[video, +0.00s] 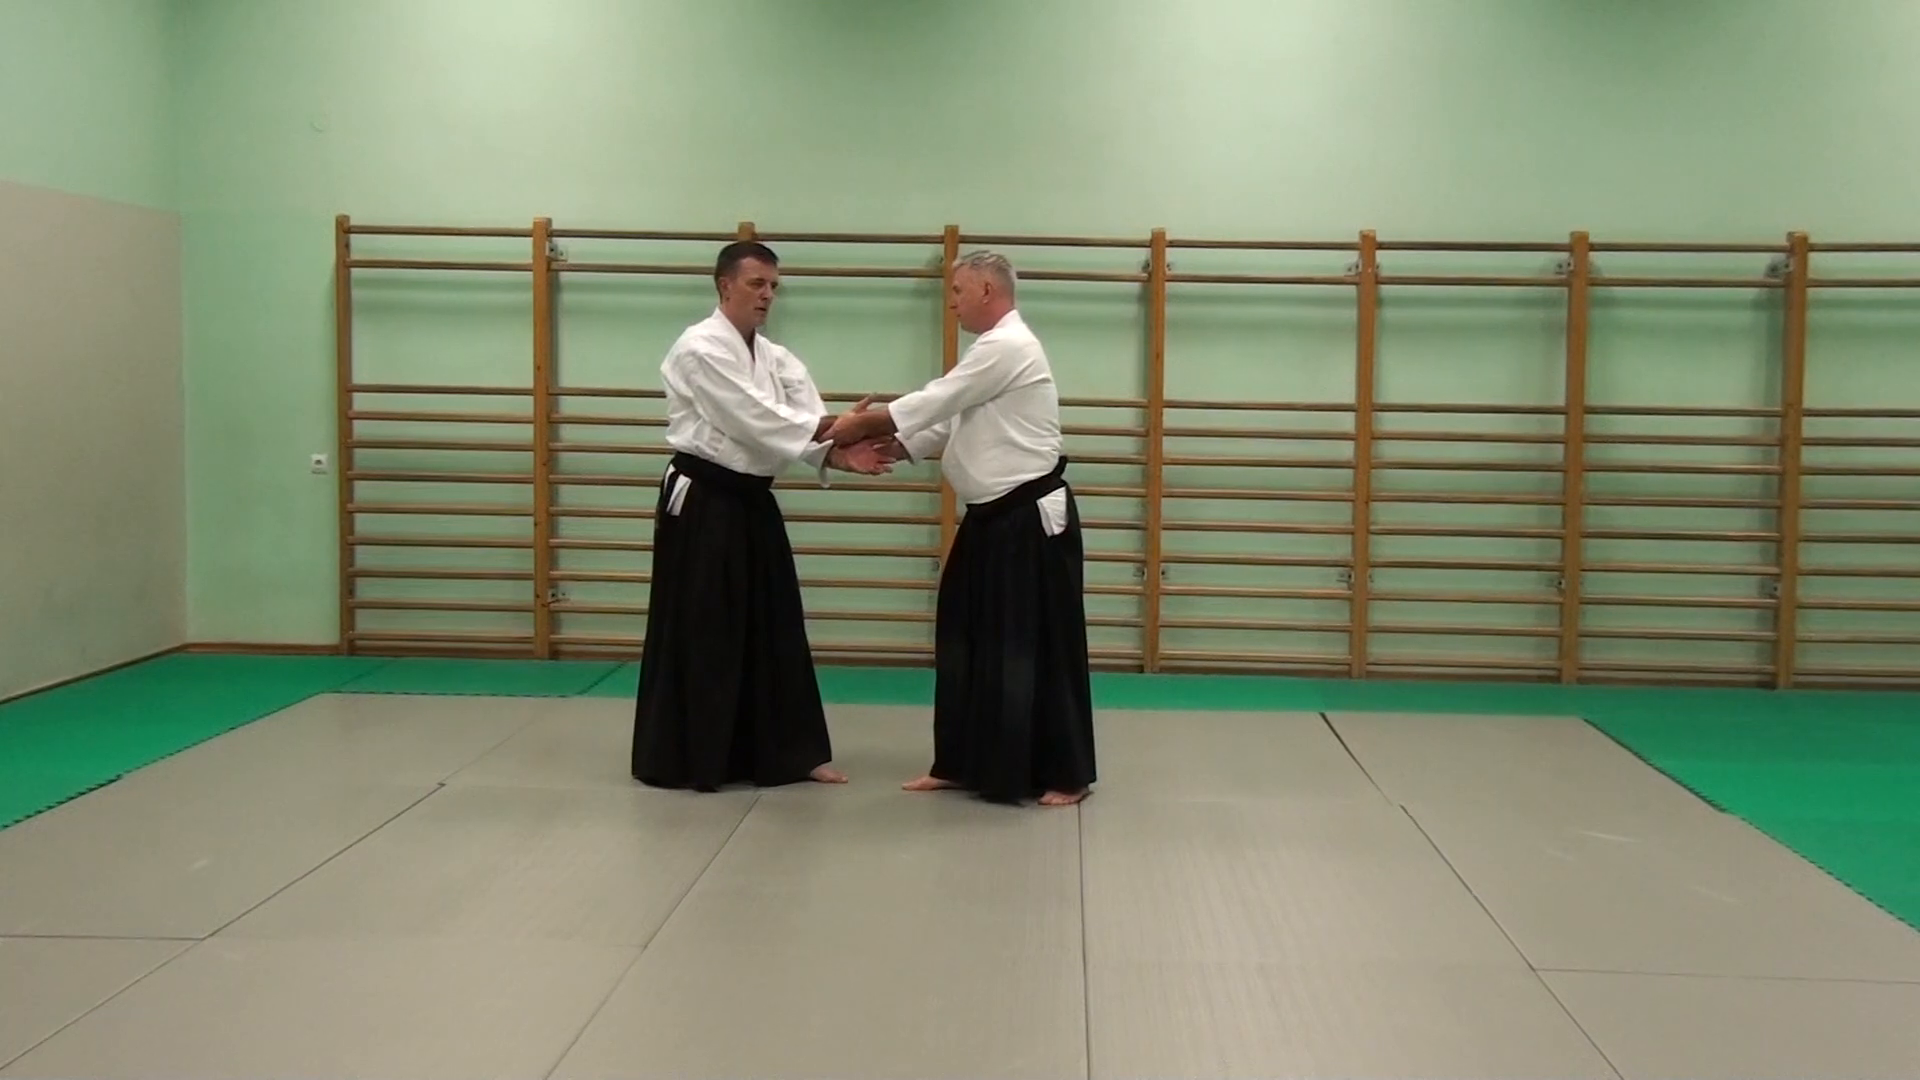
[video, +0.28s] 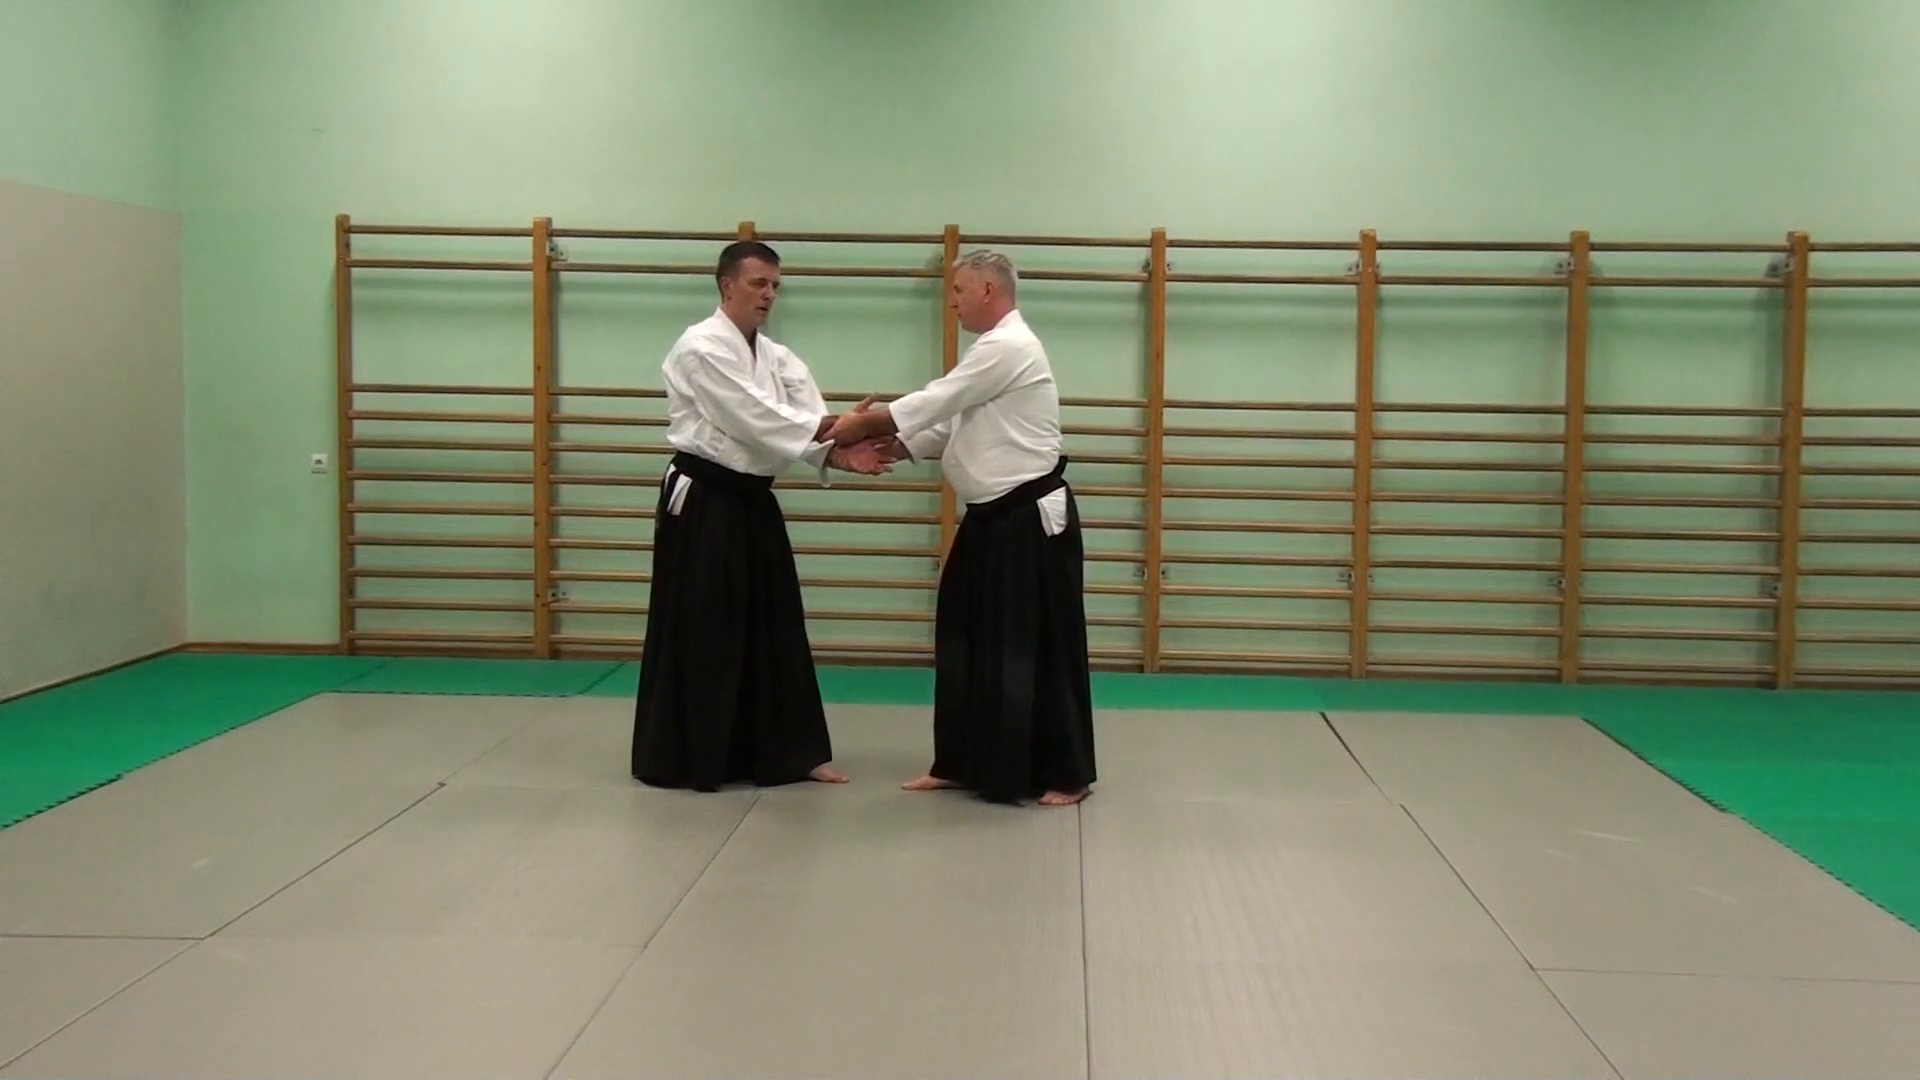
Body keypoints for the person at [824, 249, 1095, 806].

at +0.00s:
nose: (953, 304)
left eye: (958, 292)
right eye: (952, 294)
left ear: (988, 289)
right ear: (987, 290)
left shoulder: (1009, 346)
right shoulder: (990, 351)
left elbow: (934, 402)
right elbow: (949, 432)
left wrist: (859, 419)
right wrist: (889, 446)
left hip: (1032, 514)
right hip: (986, 516)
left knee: (1044, 645)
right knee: (961, 639)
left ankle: (1066, 775)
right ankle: (959, 765)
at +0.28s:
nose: (953, 303)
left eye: (959, 291)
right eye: (952, 293)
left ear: (990, 290)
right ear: (989, 291)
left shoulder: (1010, 346)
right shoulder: (990, 351)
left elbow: (936, 401)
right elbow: (950, 433)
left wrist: (861, 418)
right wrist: (890, 446)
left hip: (1032, 515)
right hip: (986, 516)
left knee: (1044, 645)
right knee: (961, 638)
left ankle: (1066, 775)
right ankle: (960, 765)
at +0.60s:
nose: (953, 303)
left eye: (958, 291)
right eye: (952, 293)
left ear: (990, 290)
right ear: (989, 291)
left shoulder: (1010, 346)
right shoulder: (990, 351)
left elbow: (938, 400)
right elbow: (950, 432)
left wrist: (864, 417)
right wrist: (889, 446)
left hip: (1031, 514)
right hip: (985, 516)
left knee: (1043, 644)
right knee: (960, 637)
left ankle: (1065, 775)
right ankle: (958, 764)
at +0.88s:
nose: (950, 301)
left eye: (956, 289)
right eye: (950, 292)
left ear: (987, 289)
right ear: (984, 291)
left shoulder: (1001, 330)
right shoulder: (972, 356)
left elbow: (938, 343)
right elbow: (934, 427)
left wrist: (869, 364)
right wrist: (870, 468)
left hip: (1028, 518)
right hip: (982, 521)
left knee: (1042, 645)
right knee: (956, 635)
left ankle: (1061, 774)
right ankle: (960, 762)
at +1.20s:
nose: (1000, 299)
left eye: (1008, 296)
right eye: (1003, 294)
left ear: (1017, 312)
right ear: (1004, 315)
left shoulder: (995, 332)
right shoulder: (993, 358)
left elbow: (944, 255)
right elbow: (948, 461)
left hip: (991, 492)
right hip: (1002, 496)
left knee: (961, 630)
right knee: (993, 629)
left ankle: (990, 769)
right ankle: (979, 761)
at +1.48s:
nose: (1042, 373)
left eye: (1046, 371)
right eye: (1047, 370)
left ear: (1030, 372)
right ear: (1049, 408)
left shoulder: (971, 358)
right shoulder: (1018, 447)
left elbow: (944, 287)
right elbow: (975, 529)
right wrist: (939, 575)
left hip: (859, 487)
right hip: (922, 510)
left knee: (835, 634)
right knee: (950, 642)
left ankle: (841, 776)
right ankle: (952, 779)